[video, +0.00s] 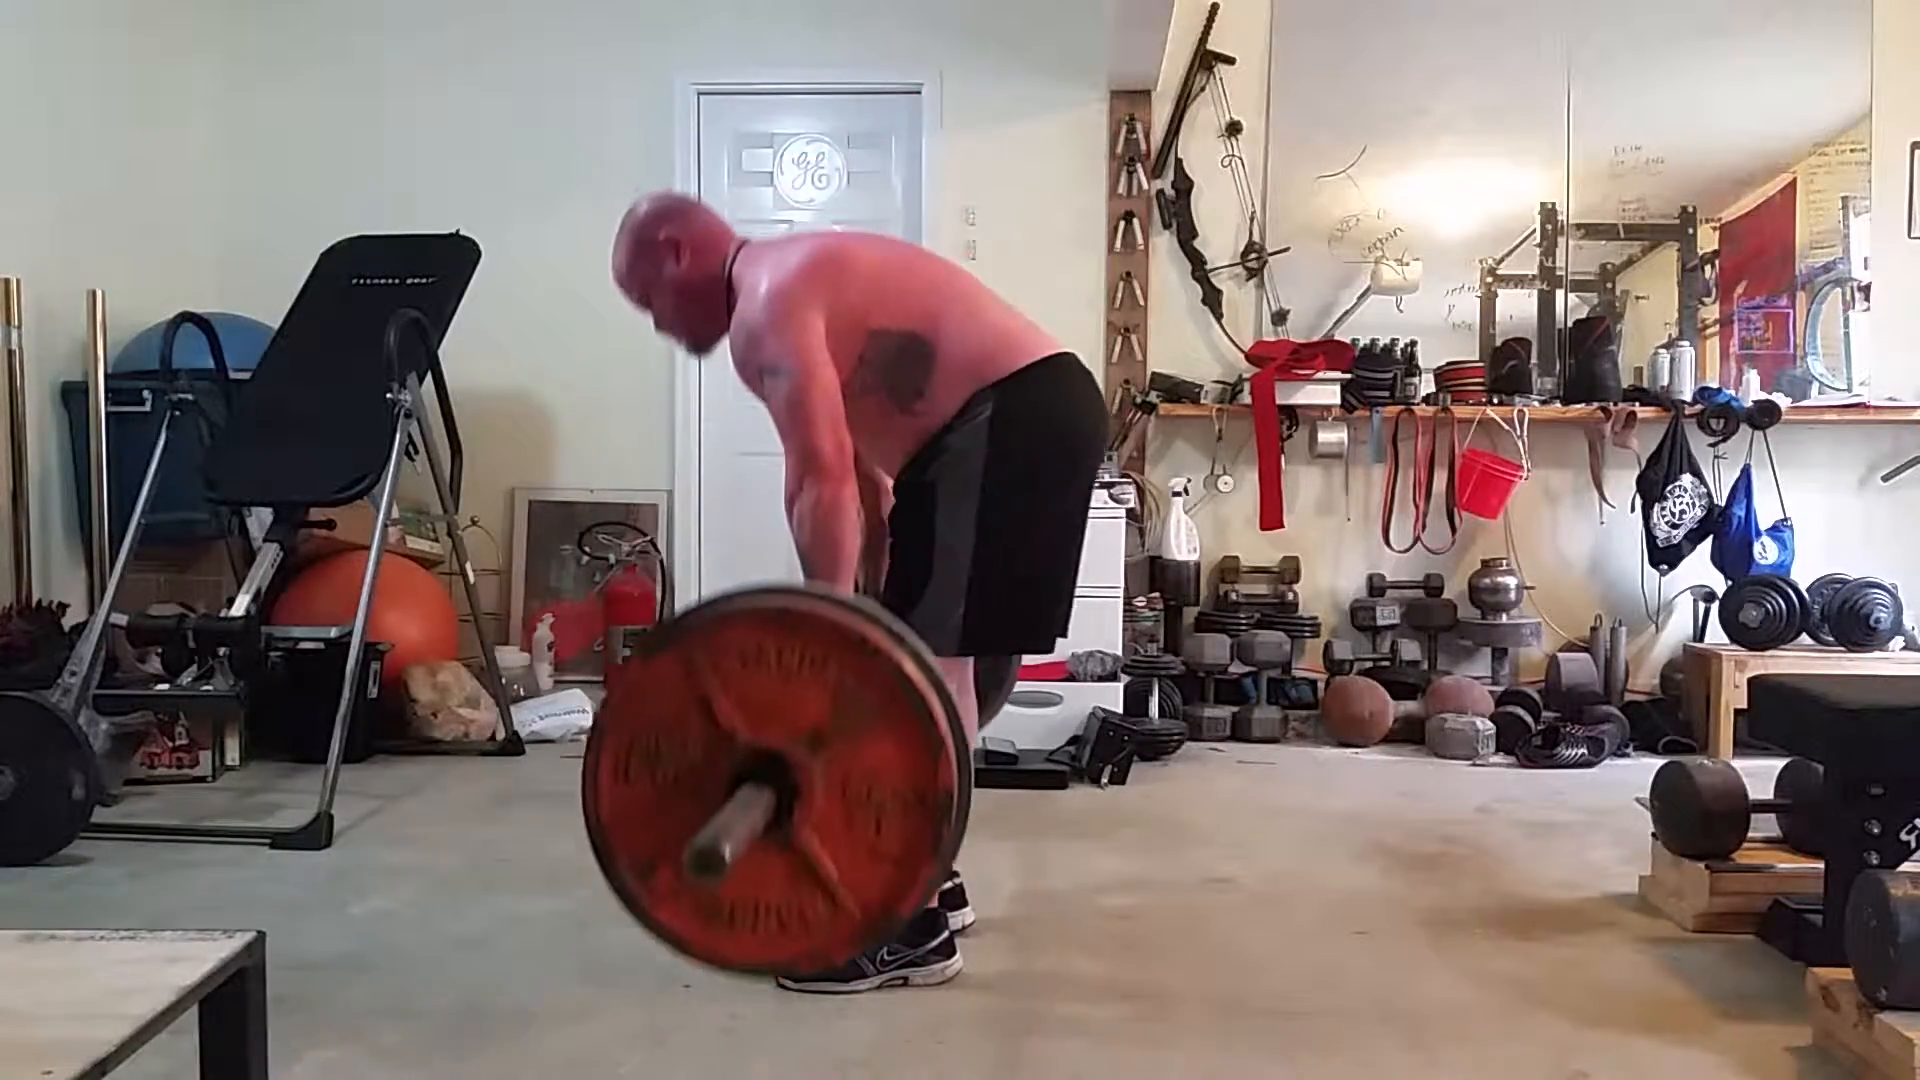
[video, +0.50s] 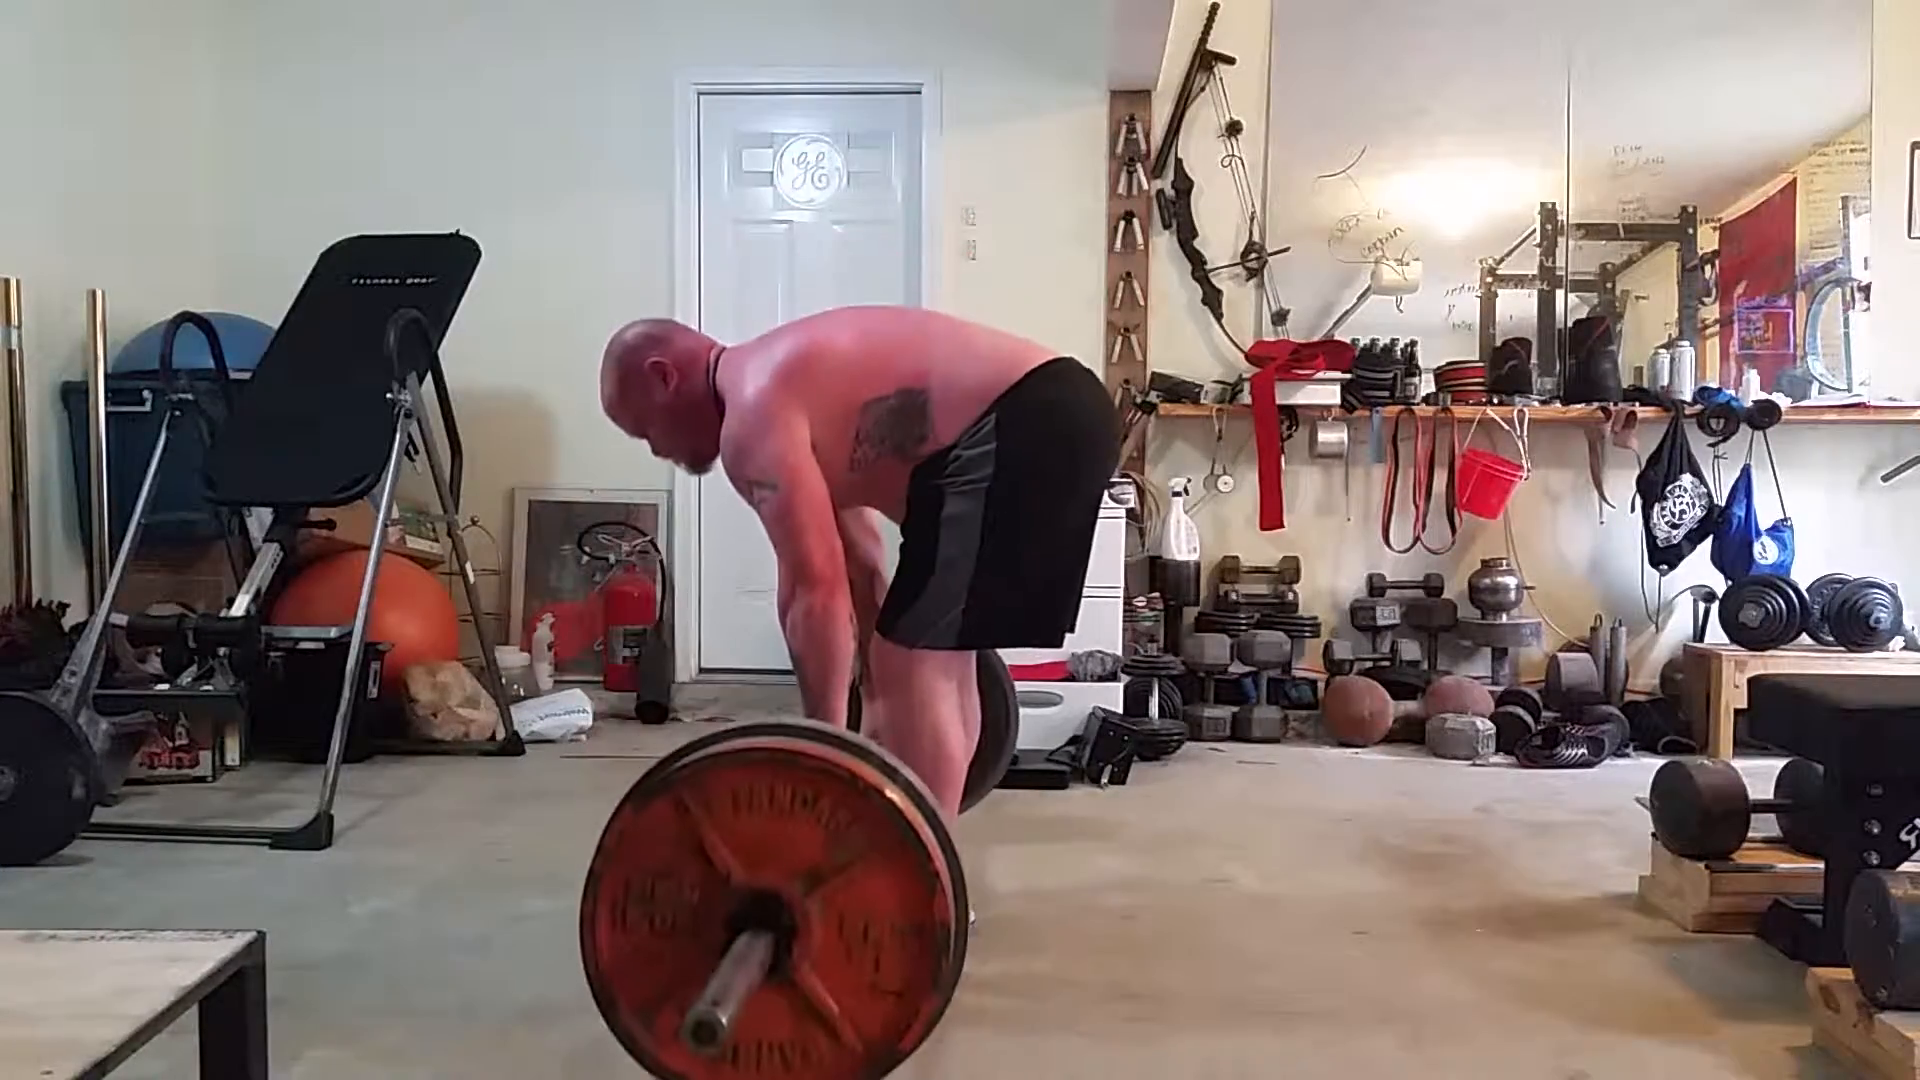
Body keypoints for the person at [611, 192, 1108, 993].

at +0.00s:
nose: (660, 326)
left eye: (650, 302)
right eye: (646, 310)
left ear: (680, 254)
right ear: (693, 246)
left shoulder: (772, 303)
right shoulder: (790, 288)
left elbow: (824, 480)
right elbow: (869, 488)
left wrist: (817, 653)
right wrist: (858, 628)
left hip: (1006, 421)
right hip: (995, 423)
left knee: (926, 666)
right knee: (925, 666)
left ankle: (905, 921)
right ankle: (918, 886)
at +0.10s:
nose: (660, 359)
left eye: (648, 335)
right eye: (645, 342)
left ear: (675, 286)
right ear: (688, 278)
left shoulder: (769, 334)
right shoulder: (784, 319)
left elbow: (822, 509)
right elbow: (873, 513)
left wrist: (821, 672)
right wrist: (862, 655)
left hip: (1015, 418)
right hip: (1009, 415)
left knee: (928, 668)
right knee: (933, 668)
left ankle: (918, 923)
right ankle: (927, 893)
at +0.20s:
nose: (656, 387)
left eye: (645, 364)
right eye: (641, 372)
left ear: (674, 316)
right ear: (684, 310)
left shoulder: (765, 365)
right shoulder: (781, 341)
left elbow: (819, 535)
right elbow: (870, 528)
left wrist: (823, 699)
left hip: (1014, 424)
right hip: (1029, 414)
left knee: (911, 666)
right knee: (933, 665)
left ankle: (922, 927)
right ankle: (931, 904)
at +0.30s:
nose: (655, 413)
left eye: (644, 393)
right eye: (640, 401)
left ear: (669, 340)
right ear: (676, 334)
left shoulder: (761, 387)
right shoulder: (782, 361)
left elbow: (818, 559)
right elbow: (863, 547)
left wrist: (822, 726)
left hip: (1019, 426)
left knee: (907, 664)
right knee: (923, 662)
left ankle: (923, 918)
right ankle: (930, 904)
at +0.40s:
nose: (662, 440)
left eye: (643, 416)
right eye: (641, 425)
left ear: (667, 361)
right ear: (675, 355)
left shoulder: (759, 401)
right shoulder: (785, 379)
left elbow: (815, 578)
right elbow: (865, 563)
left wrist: (823, 740)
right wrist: (871, 678)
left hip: (1022, 427)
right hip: (1037, 418)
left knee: (913, 661)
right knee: (910, 657)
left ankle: (920, 889)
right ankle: (914, 881)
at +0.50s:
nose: (656, 453)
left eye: (643, 433)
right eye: (640, 440)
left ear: (666, 378)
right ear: (673, 372)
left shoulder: (758, 417)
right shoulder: (781, 391)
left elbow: (813, 590)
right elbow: (863, 571)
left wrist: (822, 754)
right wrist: (877, 695)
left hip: (1021, 428)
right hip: (1037, 418)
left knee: (915, 660)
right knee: (912, 655)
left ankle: (912, 888)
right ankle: (901, 877)